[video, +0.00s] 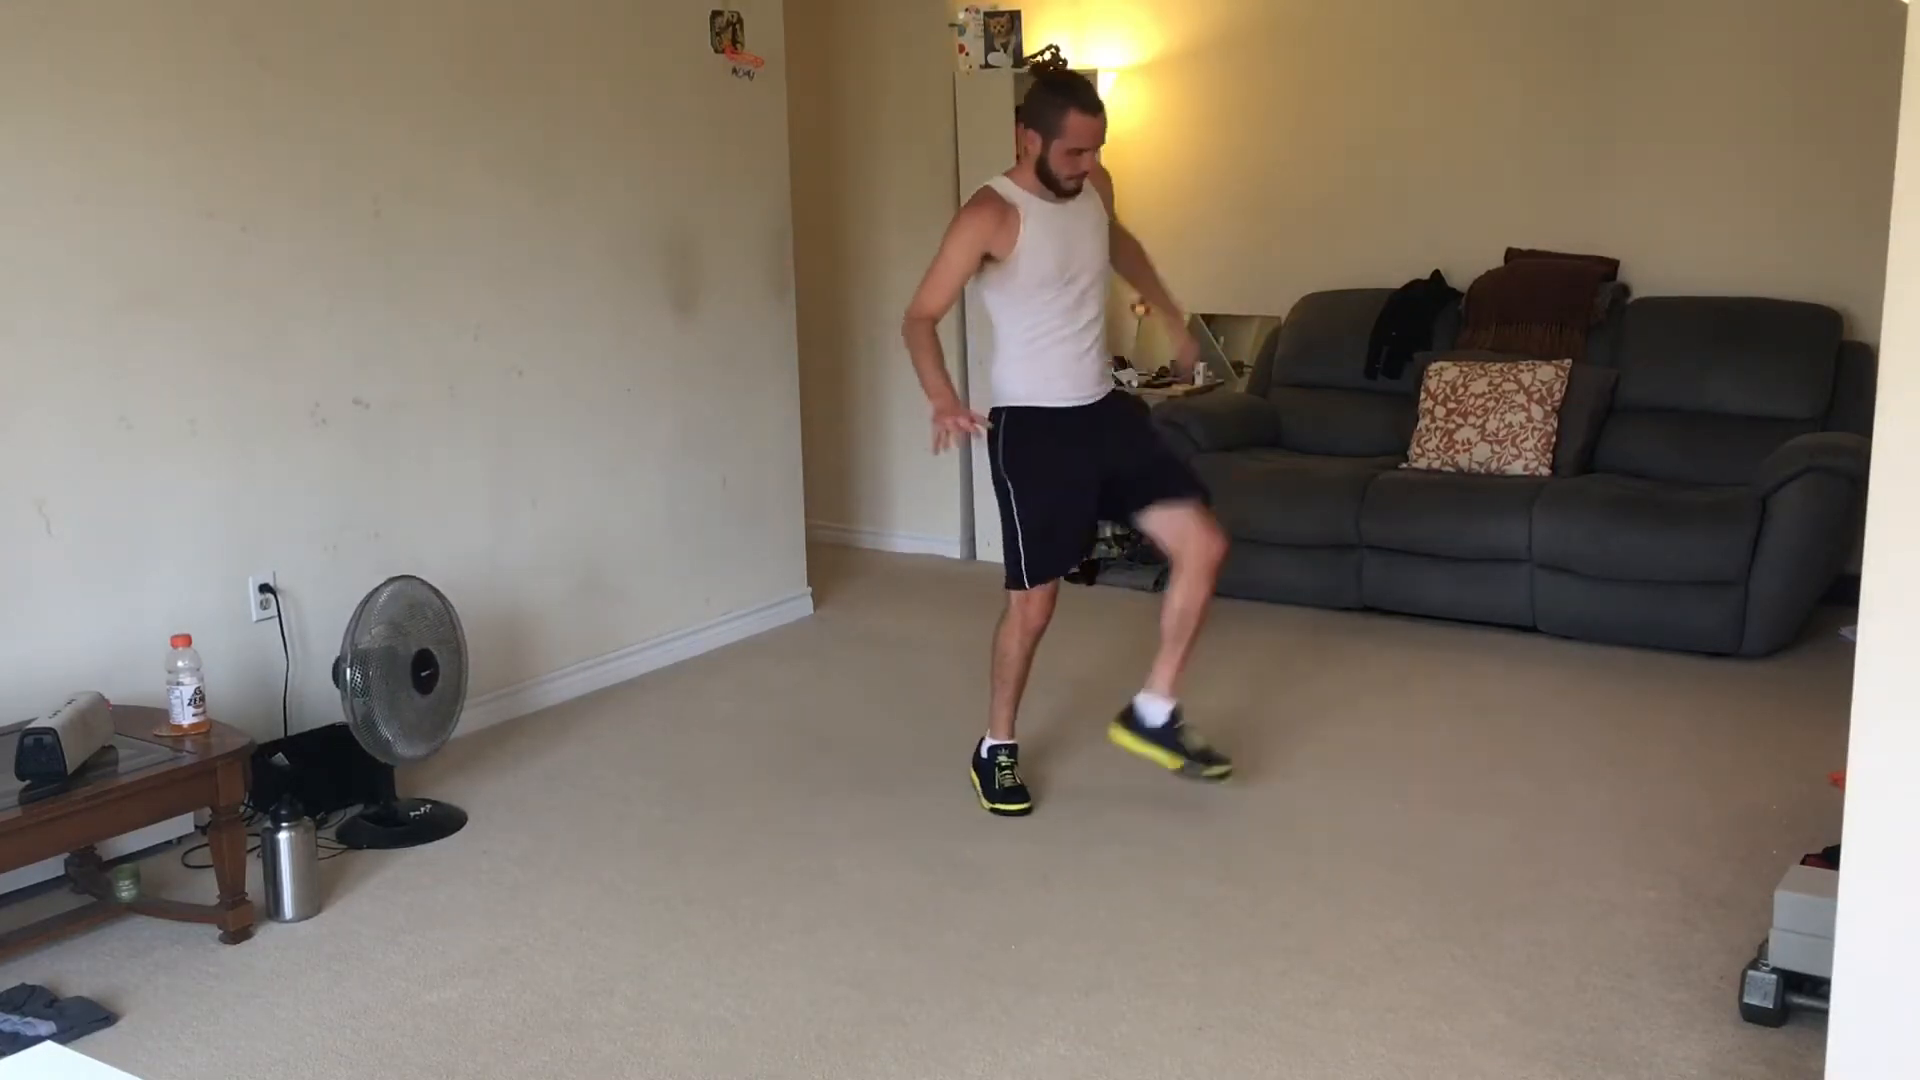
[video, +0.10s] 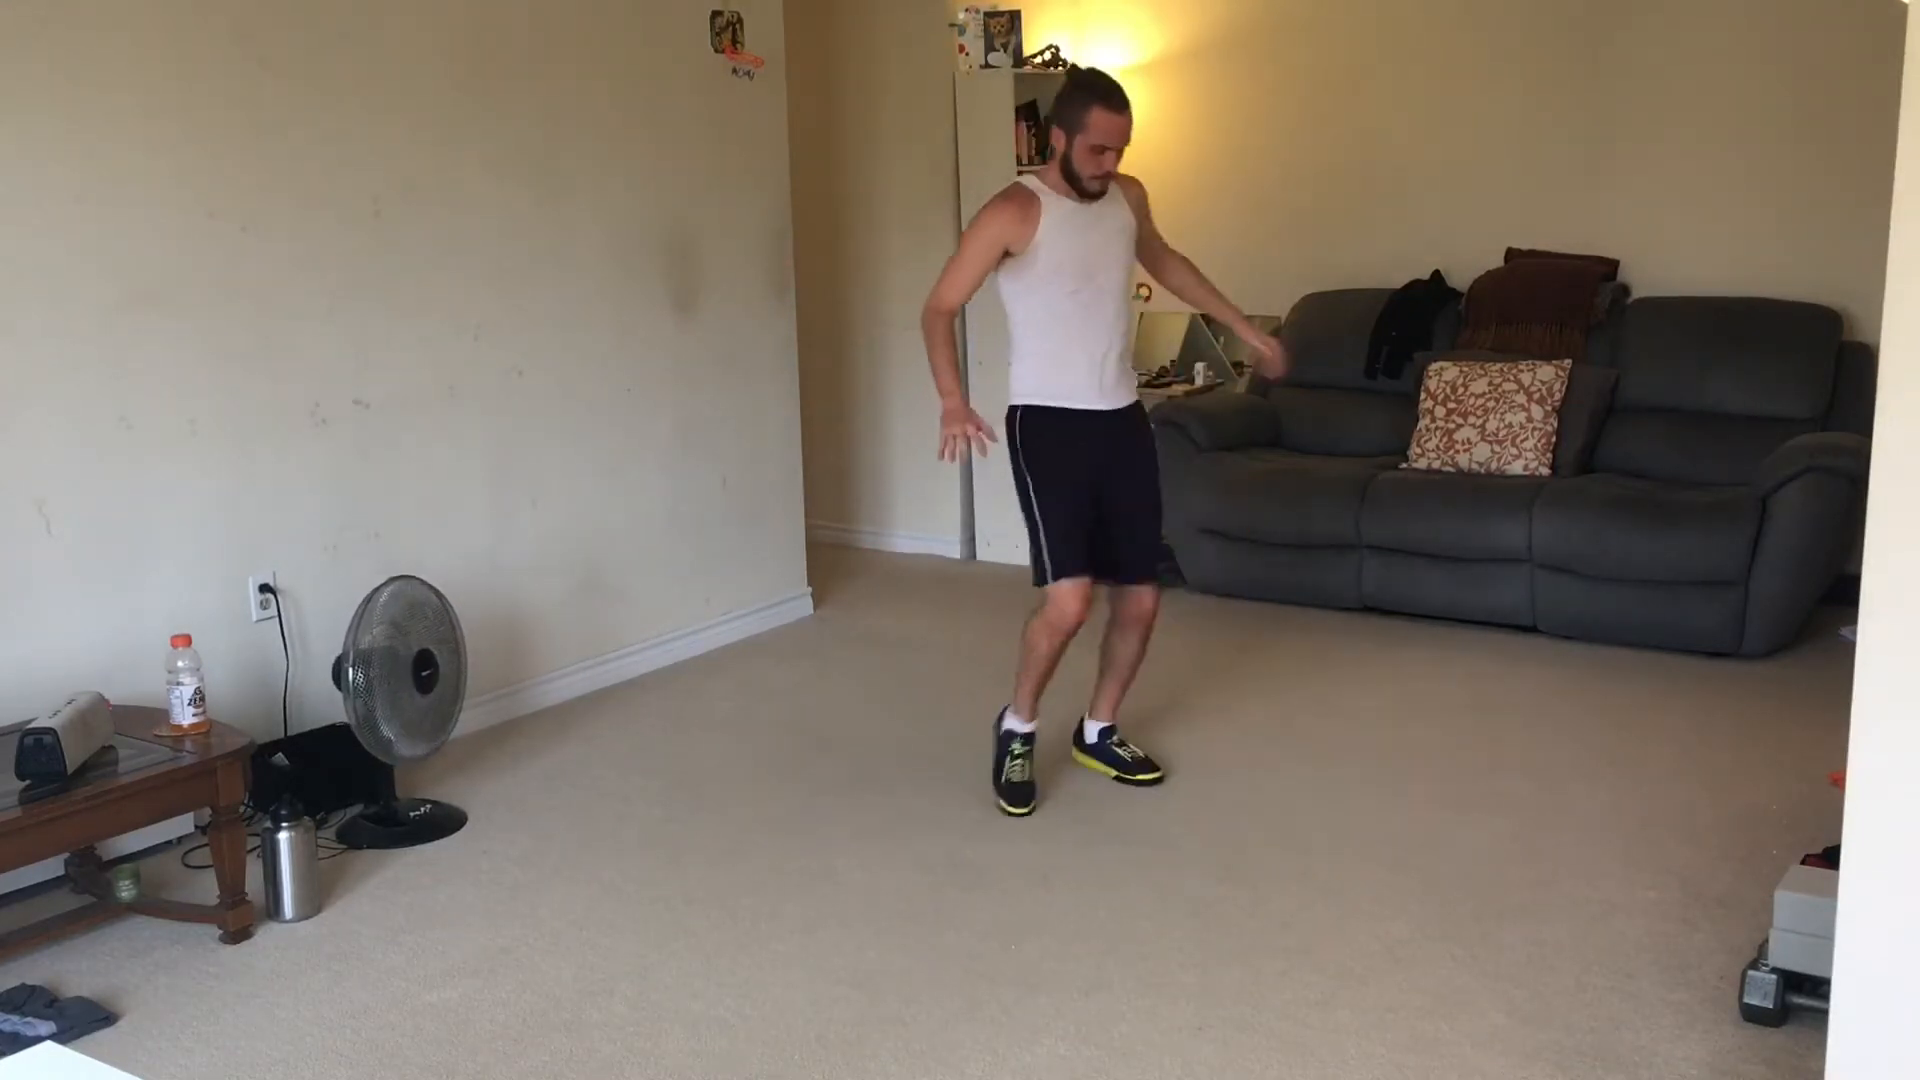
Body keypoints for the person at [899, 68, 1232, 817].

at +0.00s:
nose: (1087, 165)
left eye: (1094, 151)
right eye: (1074, 152)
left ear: (1097, 139)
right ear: (1028, 140)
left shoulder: (1090, 193)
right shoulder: (989, 214)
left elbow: (1123, 251)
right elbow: (919, 319)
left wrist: (1174, 321)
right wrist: (941, 397)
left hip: (1105, 414)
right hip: (1031, 427)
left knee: (1201, 545)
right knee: (1033, 601)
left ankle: (1155, 709)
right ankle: (997, 747)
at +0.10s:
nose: (1110, 162)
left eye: (1118, 149)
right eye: (1098, 148)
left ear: (1125, 140)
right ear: (1058, 138)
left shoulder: (1126, 197)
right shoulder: (1013, 211)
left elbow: (1164, 263)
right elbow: (939, 309)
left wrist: (1247, 330)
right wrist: (954, 401)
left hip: (1122, 420)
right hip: (1046, 423)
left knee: (1140, 594)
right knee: (1069, 600)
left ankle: (1099, 730)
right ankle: (1019, 728)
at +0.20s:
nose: (1132, 176)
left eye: (1142, 162)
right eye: (1119, 161)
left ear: (1152, 153)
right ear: (1083, 146)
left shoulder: (1154, 214)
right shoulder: (1031, 217)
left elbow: (1208, 281)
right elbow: (951, 303)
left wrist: (1282, 343)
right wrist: (947, 398)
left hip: (1125, 415)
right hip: (1048, 411)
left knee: (1147, 587)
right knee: (1101, 511)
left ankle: (1101, 732)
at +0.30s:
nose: (1151, 169)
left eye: (1163, 156)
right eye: (1139, 154)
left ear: (1172, 145)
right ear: (1105, 134)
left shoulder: (1173, 194)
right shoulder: (1046, 194)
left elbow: (1228, 261)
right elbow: (955, 263)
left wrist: (1268, 326)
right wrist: (940, 364)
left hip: (1121, 395)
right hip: (1043, 387)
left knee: (1122, 564)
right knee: (1119, 421)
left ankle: (1101, 726)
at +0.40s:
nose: (1163, 170)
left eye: (1176, 158)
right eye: (1153, 154)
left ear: (1187, 144)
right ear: (1122, 131)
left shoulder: (1183, 193)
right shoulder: (1054, 184)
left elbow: (1231, 267)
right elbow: (968, 246)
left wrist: (1248, 328)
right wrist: (950, 346)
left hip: (1123, 381)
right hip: (1051, 374)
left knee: (1130, 559)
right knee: (1155, 410)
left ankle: (1110, 711)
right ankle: (1214, 558)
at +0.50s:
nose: (1168, 179)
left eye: (1180, 167)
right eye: (1157, 163)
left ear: (1190, 155)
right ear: (1124, 142)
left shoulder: (1179, 206)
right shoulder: (1060, 203)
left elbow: (1204, 285)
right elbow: (982, 277)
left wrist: (1231, 341)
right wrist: (971, 376)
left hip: (1146, 405)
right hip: (1073, 405)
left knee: (1153, 571)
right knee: (1175, 527)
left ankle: (1114, 714)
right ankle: (1150, 675)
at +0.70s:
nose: (1172, 157)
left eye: (1183, 143)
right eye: (1159, 141)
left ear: (1192, 137)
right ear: (1127, 125)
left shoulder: (1188, 198)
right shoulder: (1070, 192)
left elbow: (1229, 277)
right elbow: (994, 279)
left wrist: (1257, 296)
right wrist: (1004, 367)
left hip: (1150, 402)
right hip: (1076, 399)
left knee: (1157, 559)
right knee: (1157, 522)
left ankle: (1111, 715)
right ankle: (1162, 687)